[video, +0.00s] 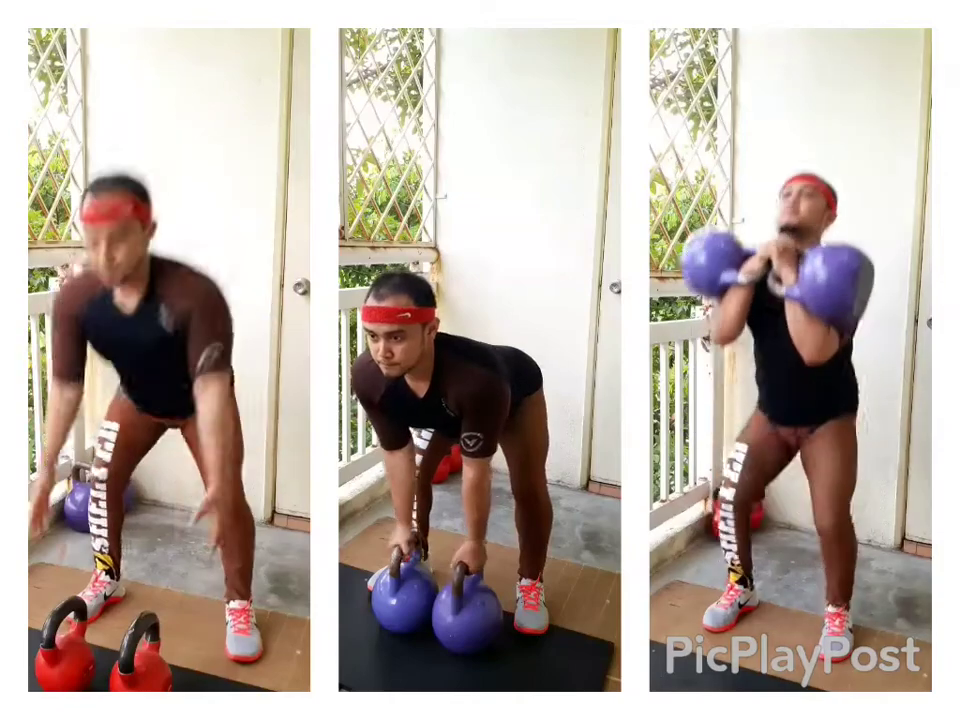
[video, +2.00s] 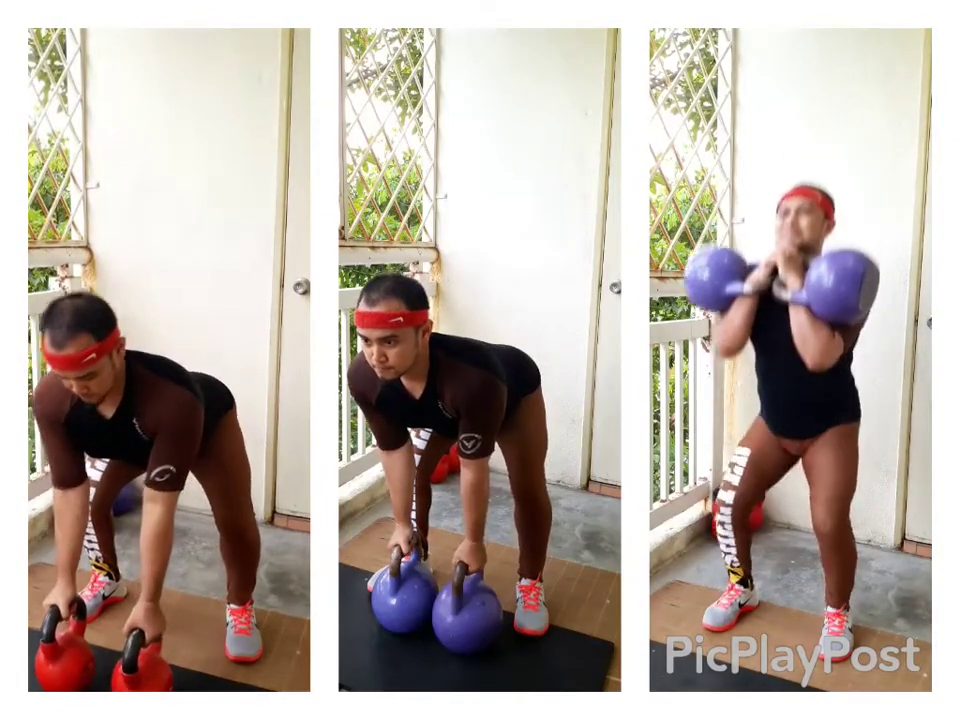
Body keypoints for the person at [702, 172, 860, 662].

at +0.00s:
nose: (793, 203)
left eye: (807, 197)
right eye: (787, 196)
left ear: (829, 215)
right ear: (776, 209)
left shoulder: (838, 269)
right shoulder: (753, 265)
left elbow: (815, 351)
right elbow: (722, 334)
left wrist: (789, 279)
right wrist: (749, 273)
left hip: (828, 418)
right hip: (771, 414)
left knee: (831, 522)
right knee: (735, 500)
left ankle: (837, 613)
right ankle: (740, 586)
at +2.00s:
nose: (791, 222)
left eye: (805, 214)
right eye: (784, 213)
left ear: (827, 227)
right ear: (774, 222)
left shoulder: (842, 285)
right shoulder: (755, 278)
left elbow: (819, 357)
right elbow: (726, 346)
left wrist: (793, 283)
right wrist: (758, 281)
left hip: (831, 427)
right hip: (773, 423)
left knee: (830, 525)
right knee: (733, 506)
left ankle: (836, 613)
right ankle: (740, 586)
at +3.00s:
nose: (779, 305)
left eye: (792, 297)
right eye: (772, 296)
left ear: (816, 309)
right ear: (765, 306)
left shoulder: (830, 366)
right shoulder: (747, 357)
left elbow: (814, 451)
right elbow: (721, 431)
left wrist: (785, 384)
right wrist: (743, 382)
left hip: (830, 472)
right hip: (774, 471)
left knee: (821, 540)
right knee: (724, 521)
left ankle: (837, 615)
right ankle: (740, 588)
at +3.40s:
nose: (797, 192)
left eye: (811, 185)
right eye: (790, 183)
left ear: (832, 204)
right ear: (777, 197)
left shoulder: (840, 262)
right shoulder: (754, 254)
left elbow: (820, 338)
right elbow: (730, 324)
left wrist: (793, 265)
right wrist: (754, 262)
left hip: (831, 415)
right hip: (772, 409)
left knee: (834, 518)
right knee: (738, 495)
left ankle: (837, 612)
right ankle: (740, 584)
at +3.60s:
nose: (806, 175)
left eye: (820, 169)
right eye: (800, 169)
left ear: (844, 187)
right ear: (789, 184)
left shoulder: (850, 245)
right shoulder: (767, 236)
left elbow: (822, 308)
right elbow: (738, 302)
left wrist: (802, 237)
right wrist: (763, 237)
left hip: (817, 404)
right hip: (759, 398)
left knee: (825, 509)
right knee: (750, 500)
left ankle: (836, 610)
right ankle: (740, 586)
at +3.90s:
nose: (810, 186)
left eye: (824, 181)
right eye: (803, 180)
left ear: (846, 199)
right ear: (792, 194)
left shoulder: (854, 257)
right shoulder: (768, 244)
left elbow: (827, 315)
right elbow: (738, 306)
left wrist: (806, 242)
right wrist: (768, 242)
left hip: (814, 407)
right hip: (753, 400)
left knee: (824, 512)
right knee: (749, 502)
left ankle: (836, 609)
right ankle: (740, 586)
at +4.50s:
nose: (805, 186)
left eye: (819, 179)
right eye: (800, 179)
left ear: (844, 196)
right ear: (790, 193)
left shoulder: (854, 257)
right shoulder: (768, 243)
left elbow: (828, 314)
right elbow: (735, 305)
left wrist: (805, 242)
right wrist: (767, 243)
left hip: (814, 406)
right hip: (754, 399)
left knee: (825, 512)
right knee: (749, 501)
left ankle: (837, 609)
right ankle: (740, 586)